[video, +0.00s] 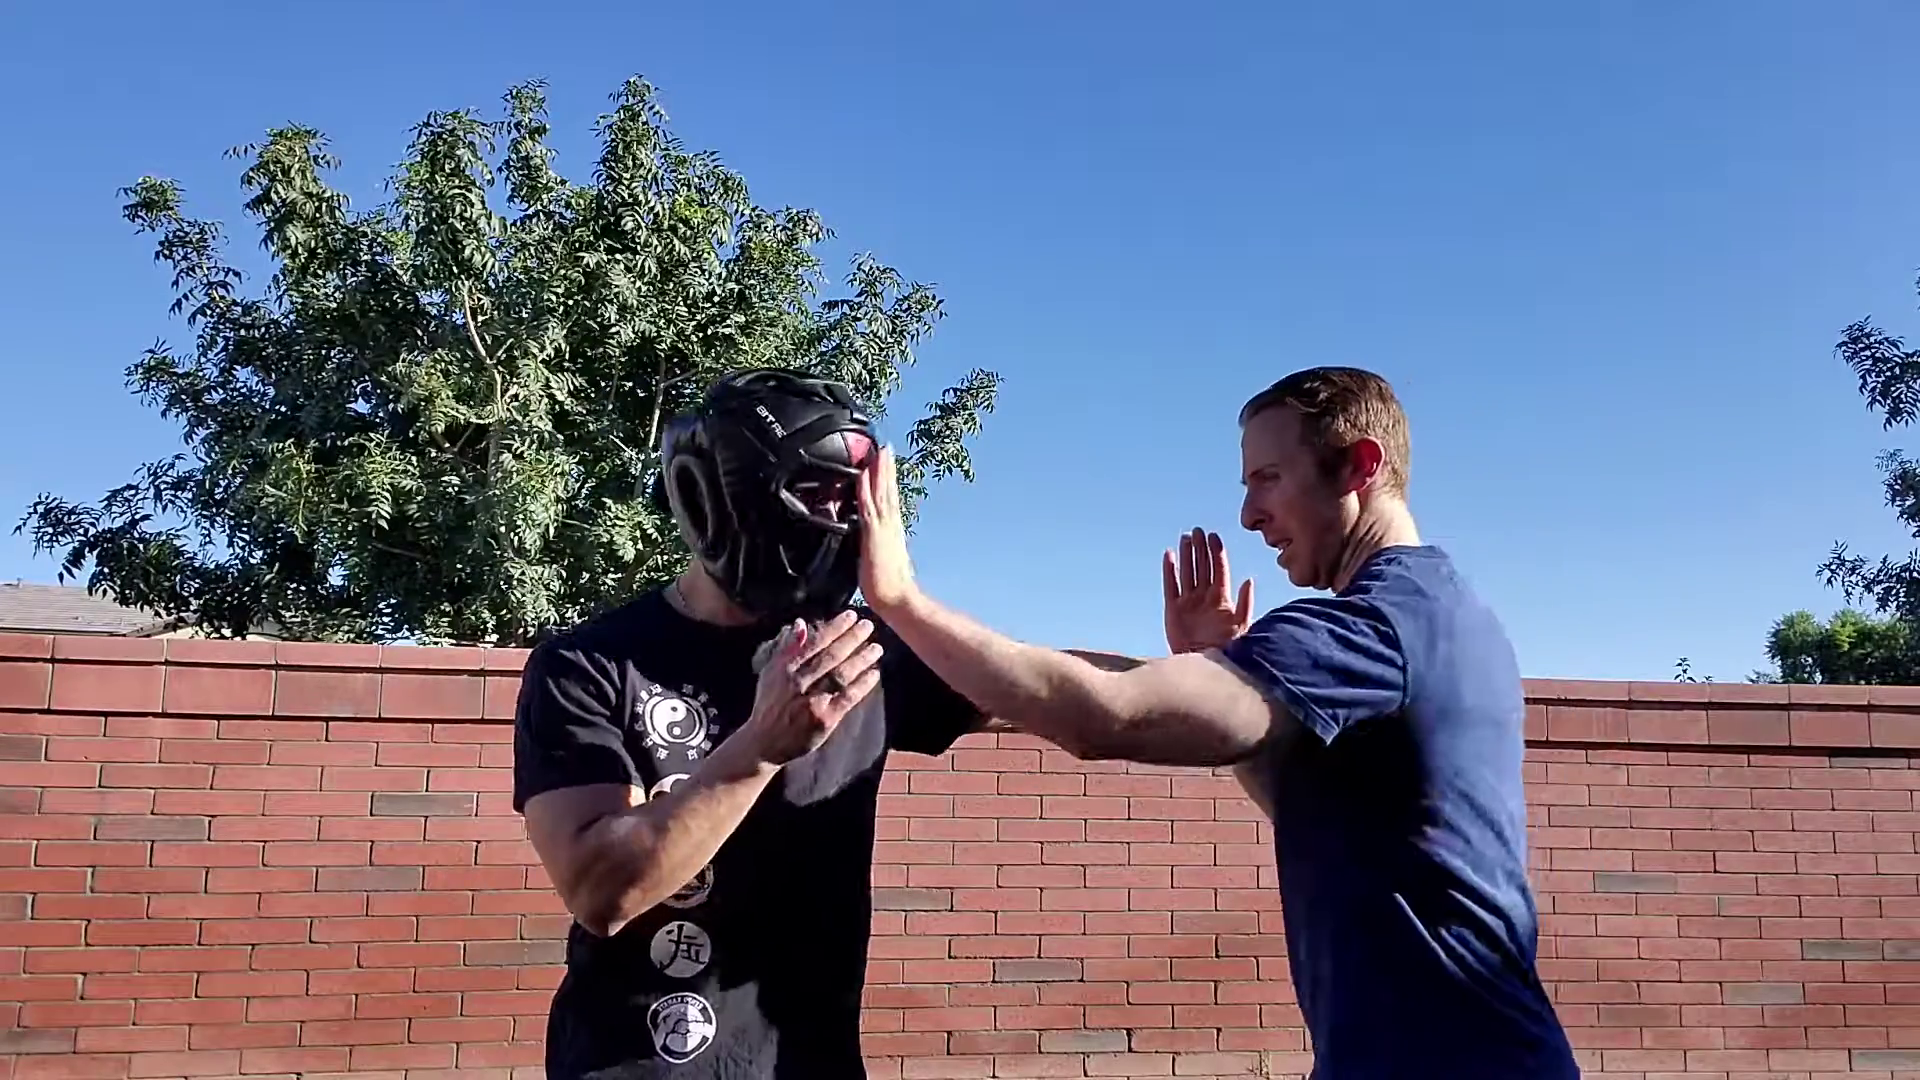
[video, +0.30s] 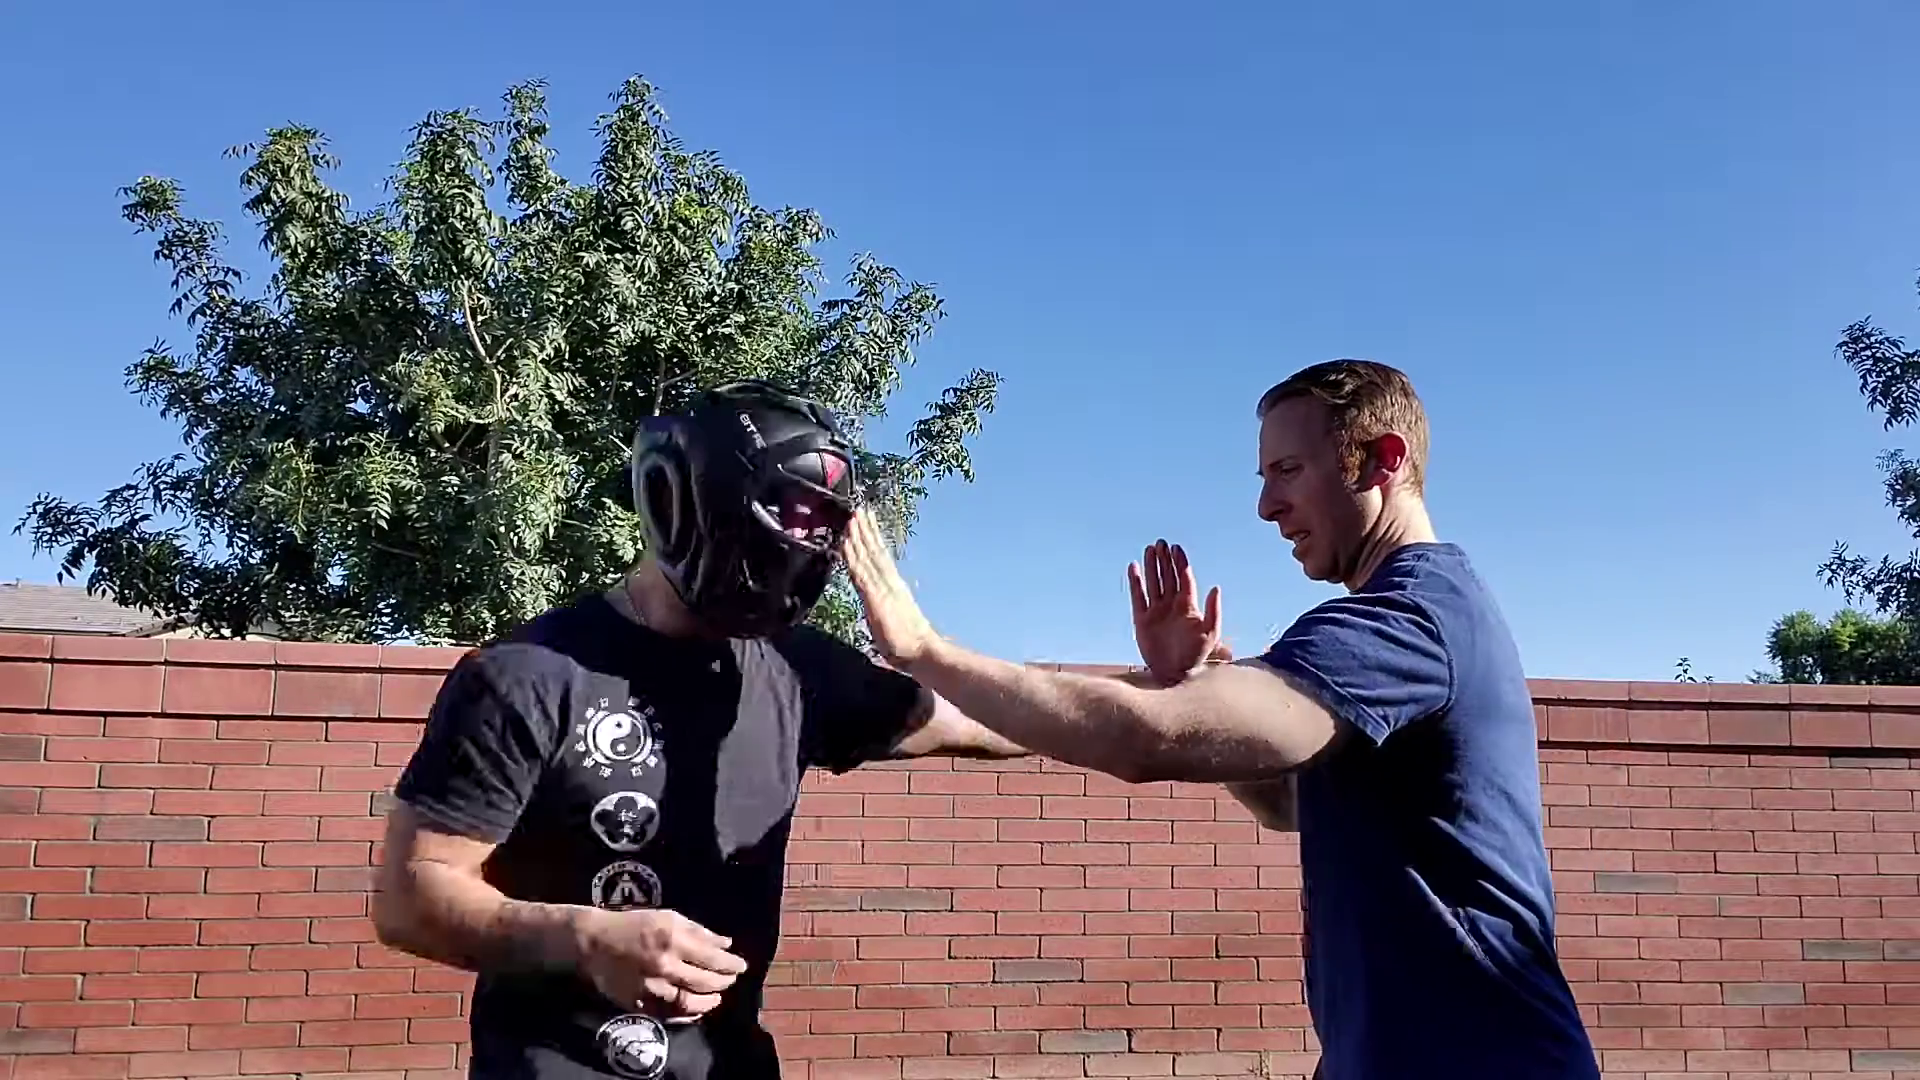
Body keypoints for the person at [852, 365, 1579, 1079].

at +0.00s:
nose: (1250, 514)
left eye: (1268, 482)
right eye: (1249, 486)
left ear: (1362, 471)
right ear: (1365, 476)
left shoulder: (1382, 617)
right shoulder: (1443, 612)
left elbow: (1103, 712)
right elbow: (1324, 820)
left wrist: (899, 599)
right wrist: (1213, 681)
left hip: (1431, 1053)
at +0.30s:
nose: (1267, 504)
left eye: (1287, 470)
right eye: (1266, 477)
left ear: (1379, 463)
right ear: (1369, 470)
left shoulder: (1424, 606)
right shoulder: (1384, 614)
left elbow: (1158, 731)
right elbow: (1310, 808)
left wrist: (926, 649)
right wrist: (1197, 688)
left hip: (1473, 1053)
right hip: (1386, 1050)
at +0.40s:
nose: (1263, 505)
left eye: (1283, 471)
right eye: (1262, 478)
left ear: (1380, 465)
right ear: (1371, 469)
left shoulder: (1417, 619)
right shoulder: (1391, 613)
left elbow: (1196, 794)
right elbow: (1287, 812)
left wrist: (984, 709)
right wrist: (1173, 720)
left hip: (1476, 1053)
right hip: (1394, 1047)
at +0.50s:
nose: (1267, 502)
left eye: (1288, 467)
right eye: (1269, 473)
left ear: (1382, 462)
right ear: (1381, 469)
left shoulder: (1440, 621)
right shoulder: (1386, 623)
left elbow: (1247, 817)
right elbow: (1260, 796)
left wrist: (1056, 706)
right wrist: (1147, 710)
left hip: (1478, 1056)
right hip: (1395, 1052)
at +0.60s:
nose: (1291, 493)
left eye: (1310, 460)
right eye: (1293, 465)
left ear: (1404, 453)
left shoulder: (1503, 616)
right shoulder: (1327, 651)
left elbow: (1407, 860)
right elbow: (1188, 783)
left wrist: (1232, 704)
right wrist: (1066, 696)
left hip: (1506, 1050)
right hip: (1361, 1047)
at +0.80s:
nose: (1321, 499)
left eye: (1338, 464)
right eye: (1324, 472)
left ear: (1428, 458)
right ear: (1427, 461)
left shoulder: (1534, 609)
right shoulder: (1370, 647)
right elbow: (1190, 799)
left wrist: (1210, 680)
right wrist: (1033, 730)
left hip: (1530, 1052)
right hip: (1382, 1050)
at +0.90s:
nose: (1312, 502)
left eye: (1331, 468)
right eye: (1315, 473)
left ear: (1418, 460)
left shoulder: (1486, 603)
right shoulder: (1425, 621)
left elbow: (1222, 680)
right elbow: (1253, 768)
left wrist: (1079, 608)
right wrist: (1106, 708)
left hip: (1497, 1040)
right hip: (1389, 1036)